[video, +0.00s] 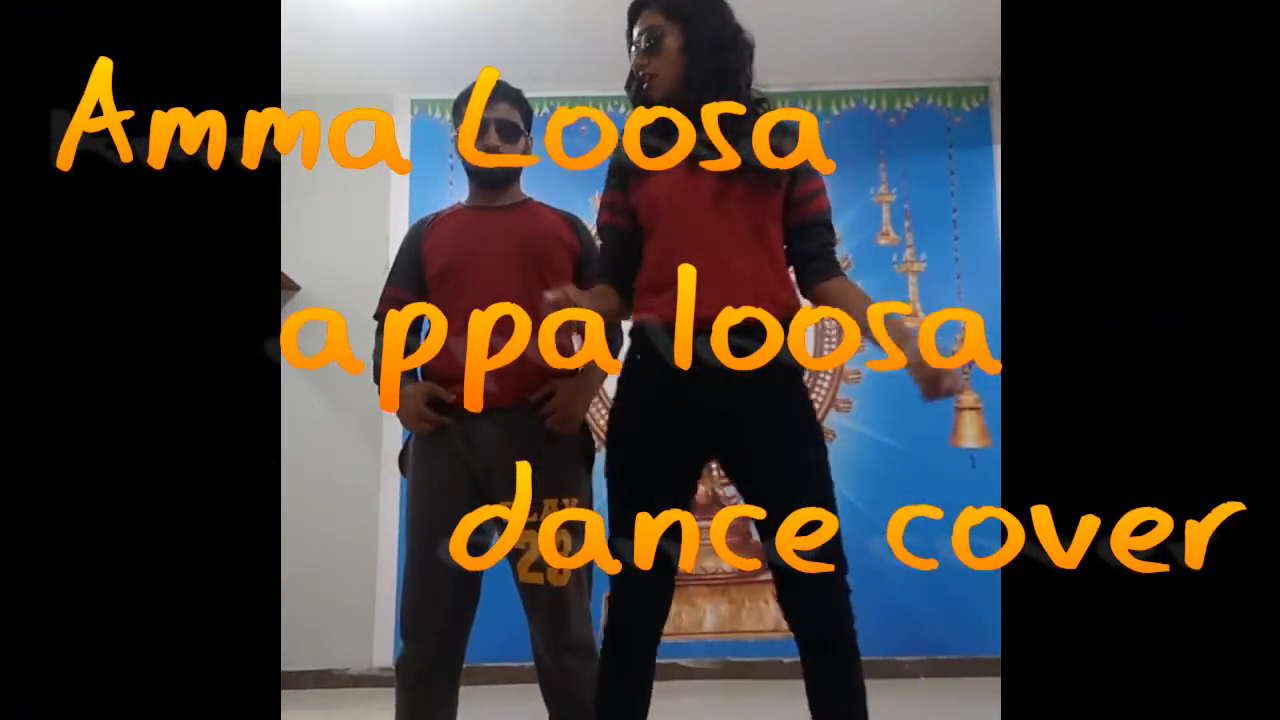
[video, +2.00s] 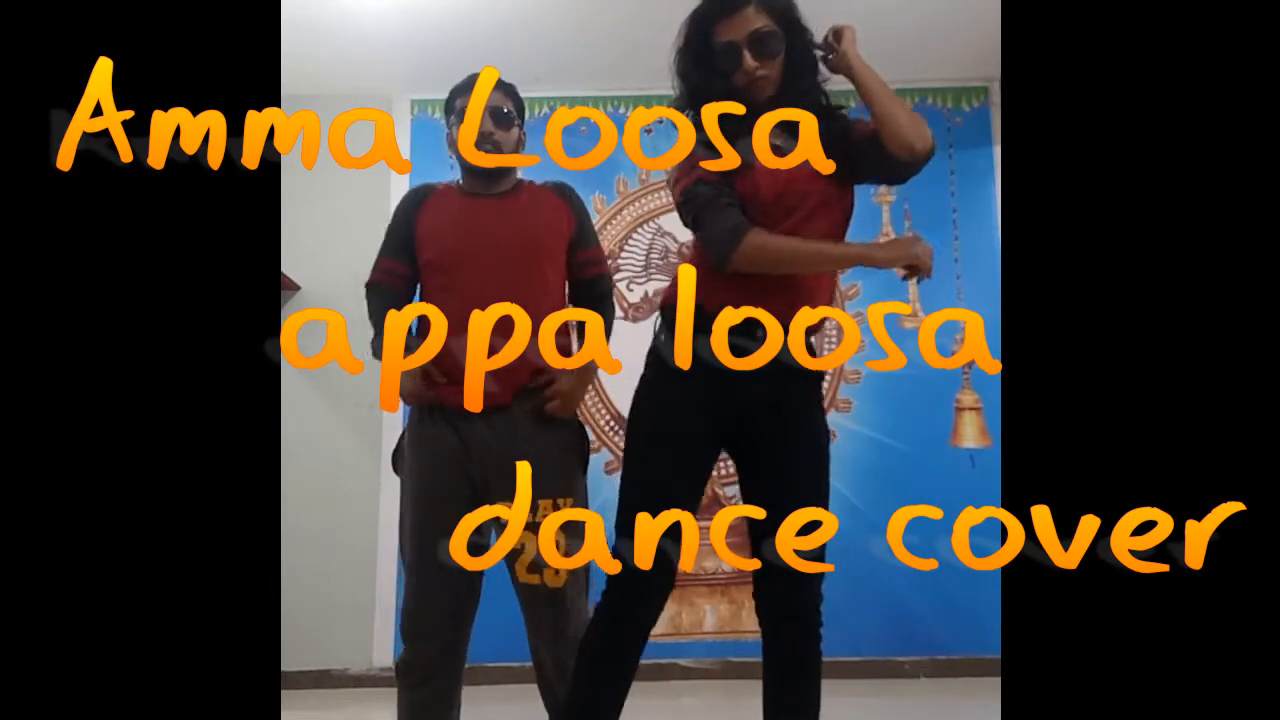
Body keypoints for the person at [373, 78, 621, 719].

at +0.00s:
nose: (496, 141)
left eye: (510, 131)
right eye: (483, 130)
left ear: (529, 145)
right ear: (459, 140)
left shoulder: (568, 230)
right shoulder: (426, 235)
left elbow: (607, 317)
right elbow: (386, 334)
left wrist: (590, 378)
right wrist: (398, 389)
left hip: (546, 438)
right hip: (447, 442)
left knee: (563, 623)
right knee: (430, 625)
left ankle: (580, 719)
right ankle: (422, 719)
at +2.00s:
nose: (491, 129)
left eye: (504, 117)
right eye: (476, 117)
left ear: (521, 131)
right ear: (452, 129)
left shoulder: (559, 204)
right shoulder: (420, 206)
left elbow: (596, 294)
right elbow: (384, 292)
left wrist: (583, 366)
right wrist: (406, 357)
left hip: (540, 428)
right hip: (441, 432)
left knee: (559, 609)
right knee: (432, 611)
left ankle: (578, 716)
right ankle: (424, 718)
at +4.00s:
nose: (489, 131)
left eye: (503, 121)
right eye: (475, 121)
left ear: (523, 135)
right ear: (453, 132)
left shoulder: (564, 222)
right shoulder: (418, 227)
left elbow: (604, 317)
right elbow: (384, 320)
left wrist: (587, 385)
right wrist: (394, 376)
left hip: (543, 440)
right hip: (441, 442)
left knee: (562, 623)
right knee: (430, 624)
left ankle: (580, 719)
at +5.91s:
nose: (491, 121)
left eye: (507, 112)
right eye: (475, 112)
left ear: (527, 132)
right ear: (455, 132)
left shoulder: (569, 224)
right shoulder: (420, 223)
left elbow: (609, 316)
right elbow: (386, 308)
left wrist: (591, 386)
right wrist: (400, 362)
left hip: (547, 437)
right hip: (445, 438)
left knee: (576, 617)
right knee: (419, 618)